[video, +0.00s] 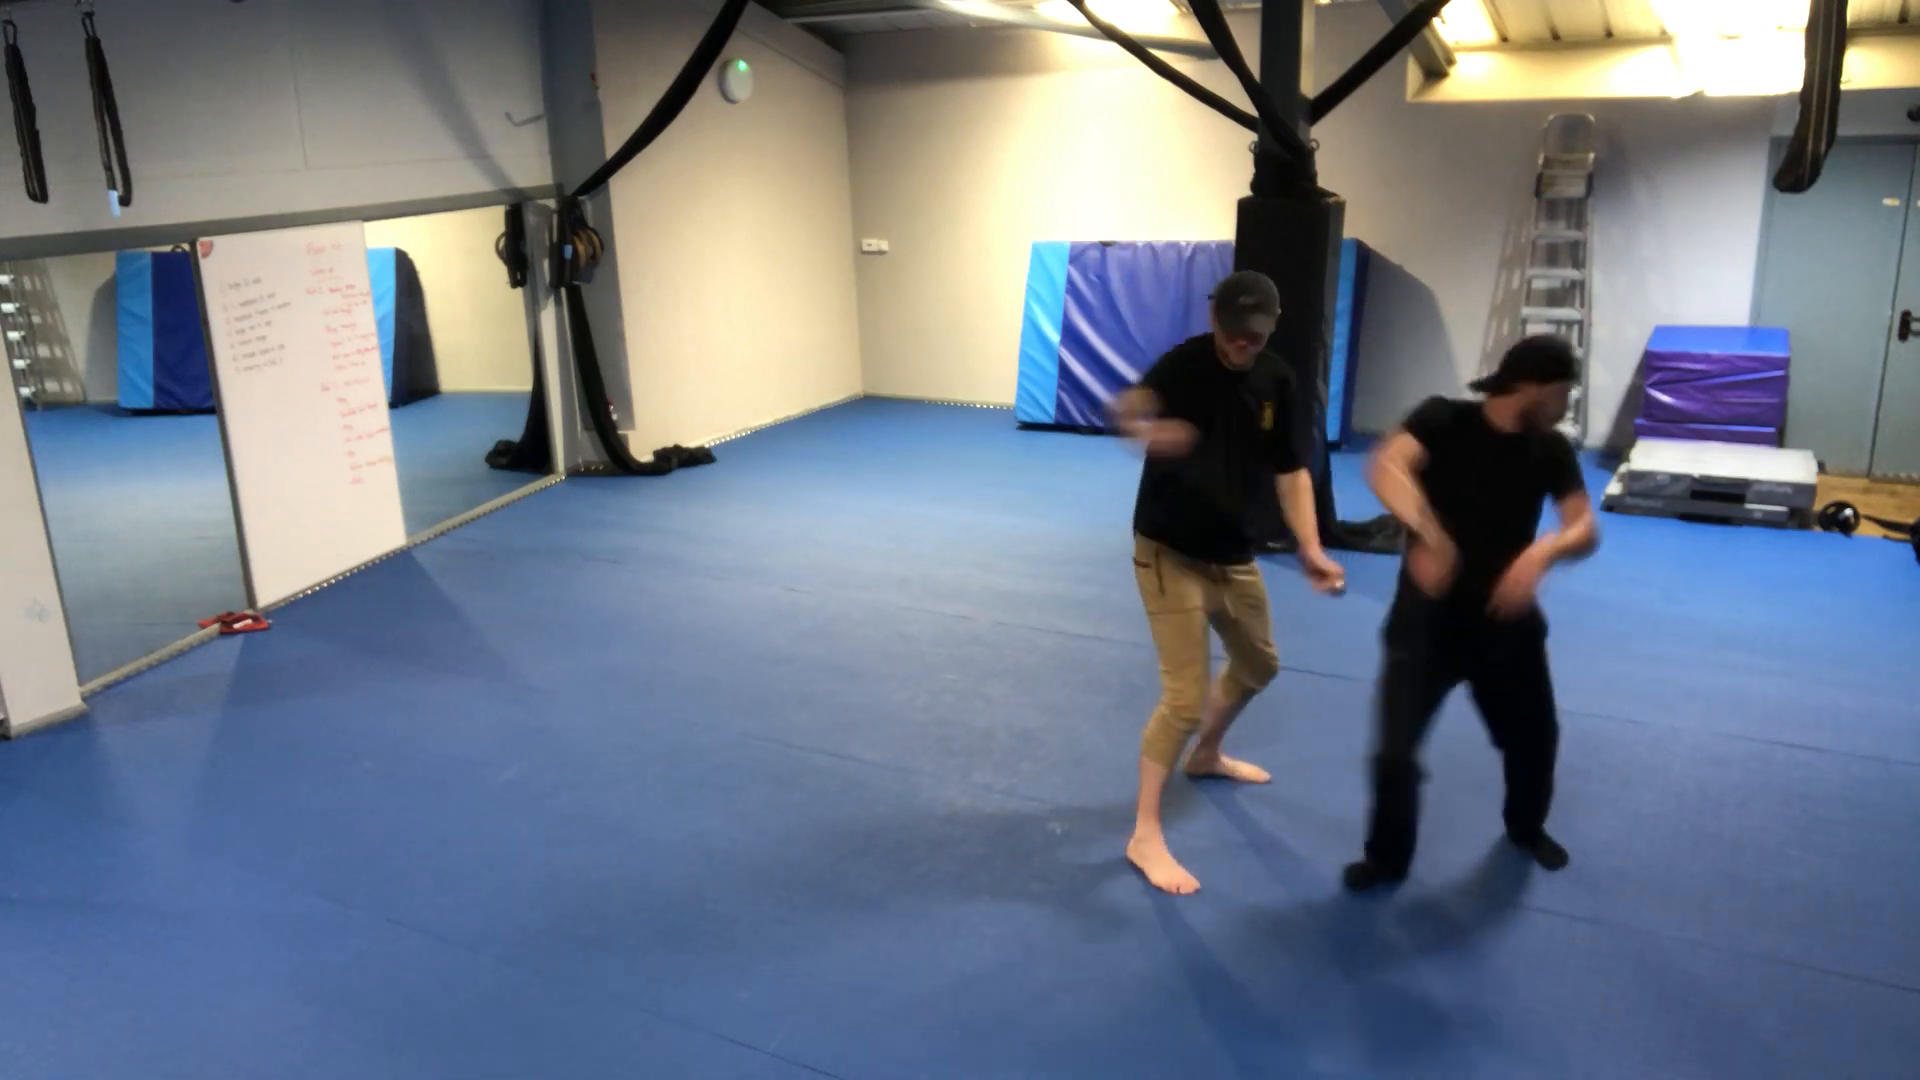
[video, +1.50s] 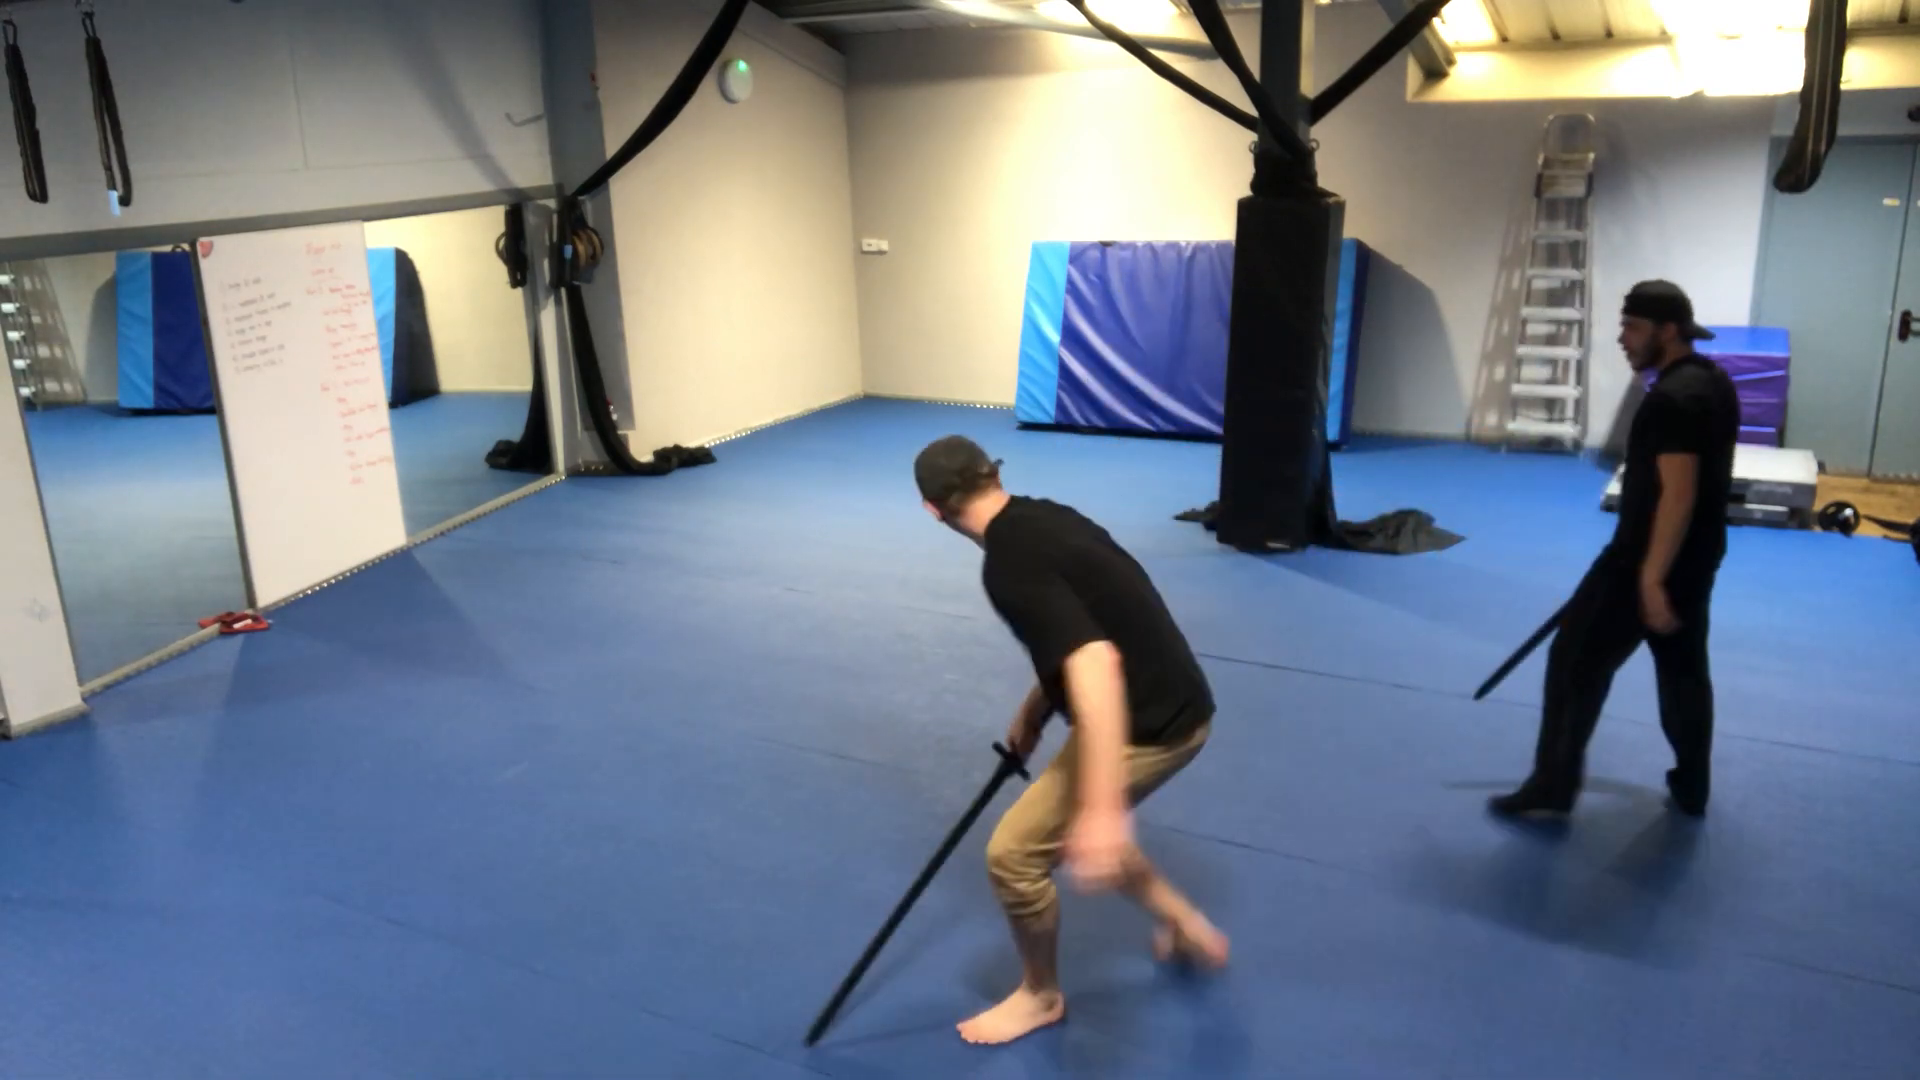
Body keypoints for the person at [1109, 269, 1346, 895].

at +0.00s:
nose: (1244, 347)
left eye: (1255, 338)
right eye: (1235, 335)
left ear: (1272, 330)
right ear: (1213, 319)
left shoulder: (1277, 382)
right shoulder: (1184, 363)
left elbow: (1292, 472)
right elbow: (1124, 411)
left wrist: (1311, 548)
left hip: (1233, 557)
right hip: (1168, 552)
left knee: (1255, 664)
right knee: (1182, 699)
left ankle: (1204, 752)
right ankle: (1145, 834)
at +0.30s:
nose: (1181, 382)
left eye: (1192, 370)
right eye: (1171, 371)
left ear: (1218, 348)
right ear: (1157, 357)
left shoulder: (1258, 407)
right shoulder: (1153, 391)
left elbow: (1274, 516)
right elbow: (1098, 441)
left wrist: (1203, 589)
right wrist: (1026, 474)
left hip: (1245, 583)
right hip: (1168, 572)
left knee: (1264, 703)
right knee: (1136, 716)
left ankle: (1254, 741)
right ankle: (1130, 843)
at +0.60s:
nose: (1186, 371)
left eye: (1191, 357)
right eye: (1179, 361)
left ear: (1226, 336)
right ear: (1175, 355)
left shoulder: (1289, 402)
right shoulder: (1181, 403)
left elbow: (1340, 498)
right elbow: (1170, 482)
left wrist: (1295, 590)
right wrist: (1125, 542)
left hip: (1274, 590)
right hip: (1196, 577)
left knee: (1306, 709)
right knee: (1130, 700)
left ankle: (1329, 796)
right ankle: (1144, 819)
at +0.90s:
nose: (1112, 481)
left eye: (1110, 470)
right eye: (1104, 476)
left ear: (1128, 442)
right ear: (1109, 456)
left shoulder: (1217, 441)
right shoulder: (1142, 472)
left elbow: (1337, 436)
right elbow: (1132, 510)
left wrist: (1436, 496)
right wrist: (1105, 562)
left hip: (1269, 606)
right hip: (1191, 594)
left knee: (1308, 716)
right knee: (1152, 716)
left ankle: (1327, 791)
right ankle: (1204, 825)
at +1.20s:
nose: (1020, 572)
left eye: (1011, 565)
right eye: (1011, 568)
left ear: (1022, 544)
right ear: (1023, 536)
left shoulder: (1133, 508)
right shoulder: (1059, 538)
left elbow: (1249, 495)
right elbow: (1085, 581)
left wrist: (1299, 553)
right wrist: (1060, 650)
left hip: (1211, 630)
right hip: (1146, 630)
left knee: (1106, 756)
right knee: (1131, 743)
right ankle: (1207, 828)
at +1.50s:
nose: (934, 512)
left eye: (929, 503)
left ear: (936, 508)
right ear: (996, 474)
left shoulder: (1011, 559)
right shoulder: (1045, 518)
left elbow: (1095, 657)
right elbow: (1079, 632)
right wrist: (1032, 715)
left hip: (1145, 727)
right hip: (1175, 703)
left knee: (1013, 857)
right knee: (1082, 825)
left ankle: (1040, 993)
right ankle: (1189, 929)